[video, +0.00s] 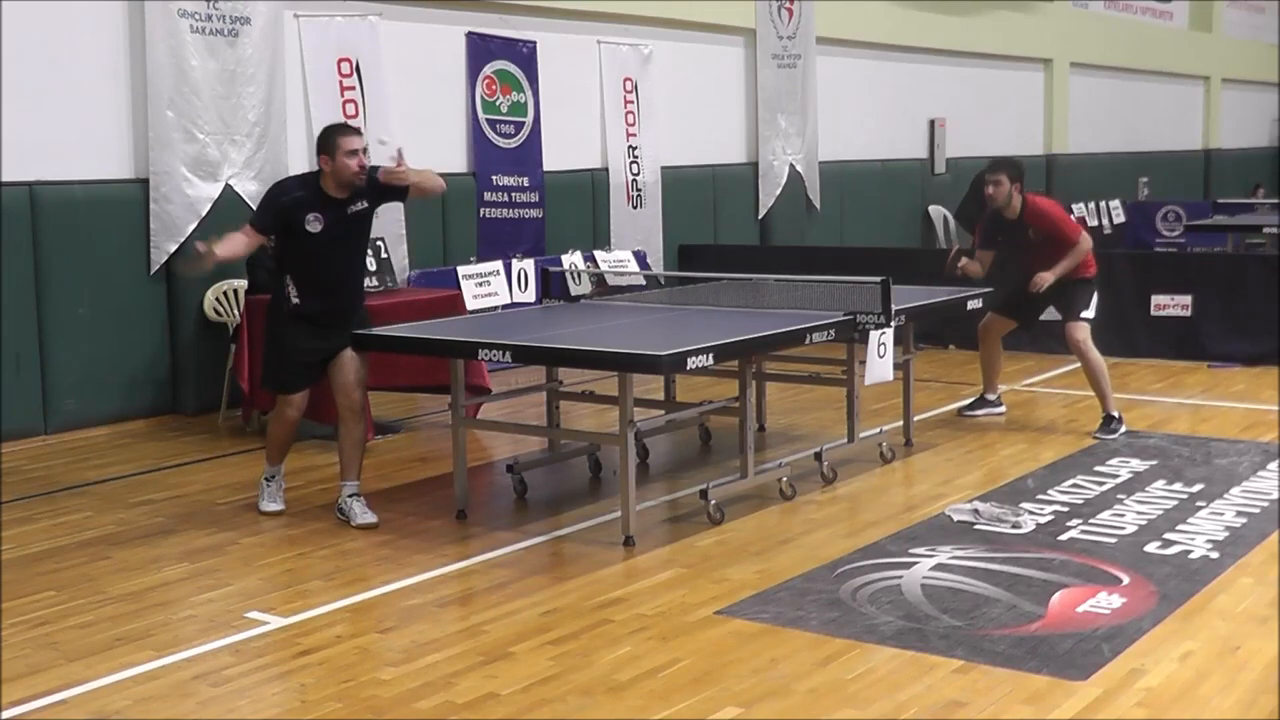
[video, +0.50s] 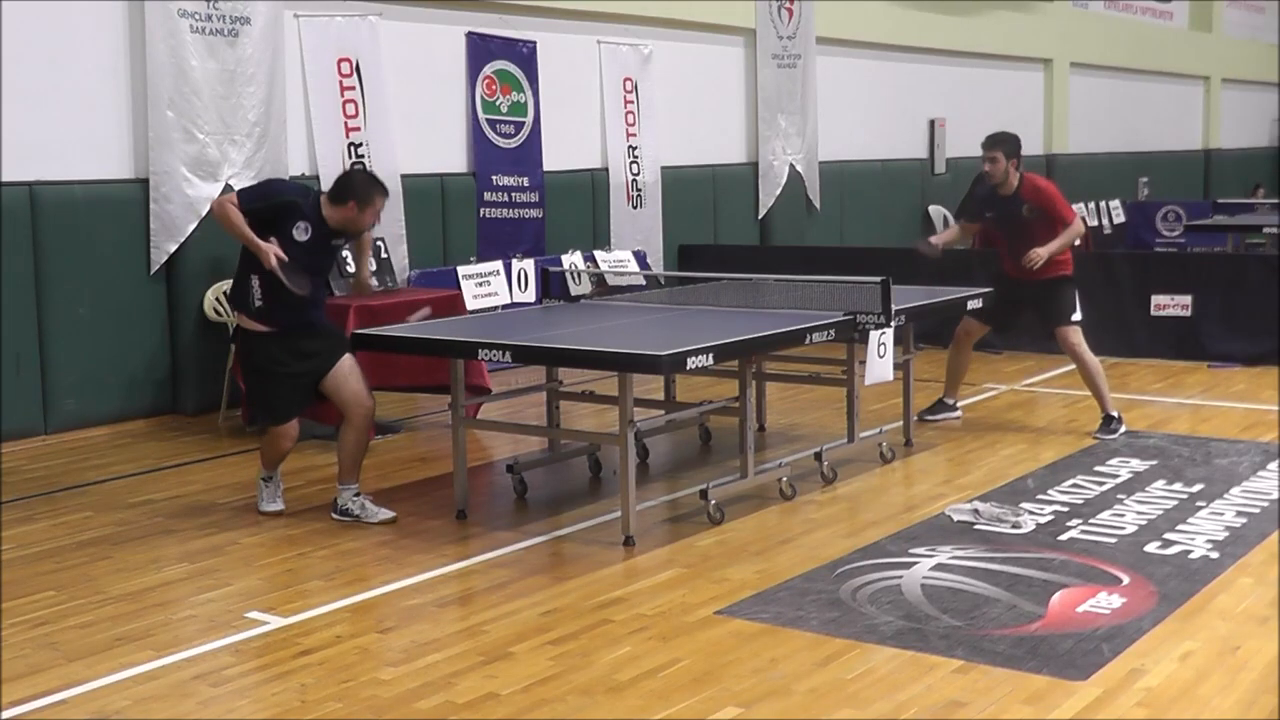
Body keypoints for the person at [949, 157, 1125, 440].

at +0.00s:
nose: (989, 191)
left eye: (996, 184)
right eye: (986, 185)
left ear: (1016, 187)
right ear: (985, 187)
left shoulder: (1043, 210)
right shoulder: (991, 220)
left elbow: (1085, 243)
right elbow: (980, 268)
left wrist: (1053, 274)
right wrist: (965, 264)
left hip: (1075, 278)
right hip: (1034, 281)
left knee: (1078, 339)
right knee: (988, 329)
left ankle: (1112, 416)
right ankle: (990, 397)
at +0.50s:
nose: (986, 167)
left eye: (993, 161)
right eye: (984, 161)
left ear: (1014, 162)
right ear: (984, 161)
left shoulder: (1041, 189)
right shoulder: (984, 192)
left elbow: (1077, 227)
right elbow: (965, 229)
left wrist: (1047, 250)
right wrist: (939, 239)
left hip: (1054, 281)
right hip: (1011, 281)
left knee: (1072, 341)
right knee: (964, 334)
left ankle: (1111, 415)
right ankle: (949, 401)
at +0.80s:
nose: (961, 186)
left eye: (967, 179)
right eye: (960, 179)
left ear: (988, 177)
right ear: (962, 178)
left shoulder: (1019, 202)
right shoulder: (961, 206)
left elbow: (1058, 240)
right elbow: (920, 229)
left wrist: (1022, 262)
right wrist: (893, 250)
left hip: (1033, 287)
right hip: (987, 286)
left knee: (1058, 338)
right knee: (937, 334)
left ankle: (1076, 411)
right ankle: (905, 403)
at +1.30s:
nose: (937, 165)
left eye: (943, 157)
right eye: (933, 158)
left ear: (960, 155)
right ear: (929, 158)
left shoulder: (989, 175)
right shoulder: (933, 190)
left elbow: (1034, 205)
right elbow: (903, 221)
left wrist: (1039, 244)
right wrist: (871, 228)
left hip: (1012, 269)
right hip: (968, 272)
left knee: (1042, 330)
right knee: (925, 331)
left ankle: (1075, 406)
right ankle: (899, 401)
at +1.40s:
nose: (953, 157)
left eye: (959, 150)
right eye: (950, 150)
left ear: (977, 148)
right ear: (948, 151)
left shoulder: (1004, 172)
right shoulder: (948, 185)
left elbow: (1056, 182)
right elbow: (915, 226)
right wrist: (892, 225)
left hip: (1018, 271)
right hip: (974, 272)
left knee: (1044, 332)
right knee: (931, 329)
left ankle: (1077, 402)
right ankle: (929, 396)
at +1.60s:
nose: (974, 151)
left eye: (980, 145)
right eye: (970, 145)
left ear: (998, 143)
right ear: (968, 146)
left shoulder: (1023, 167)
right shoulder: (970, 180)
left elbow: (1073, 189)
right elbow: (946, 226)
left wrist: (1057, 213)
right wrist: (919, 235)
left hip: (1044, 260)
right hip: (1001, 264)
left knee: (1064, 323)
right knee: (964, 322)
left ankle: (1096, 399)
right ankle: (946, 392)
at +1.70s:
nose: (984, 159)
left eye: (990, 152)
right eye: (981, 153)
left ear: (1008, 151)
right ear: (978, 154)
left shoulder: (1038, 177)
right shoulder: (981, 189)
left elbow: (1079, 208)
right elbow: (961, 235)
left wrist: (1051, 235)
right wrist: (933, 257)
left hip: (1055, 271)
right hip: (1014, 273)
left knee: (1075, 328)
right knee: (975, 326)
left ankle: (1115, 398)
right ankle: (981, 387)